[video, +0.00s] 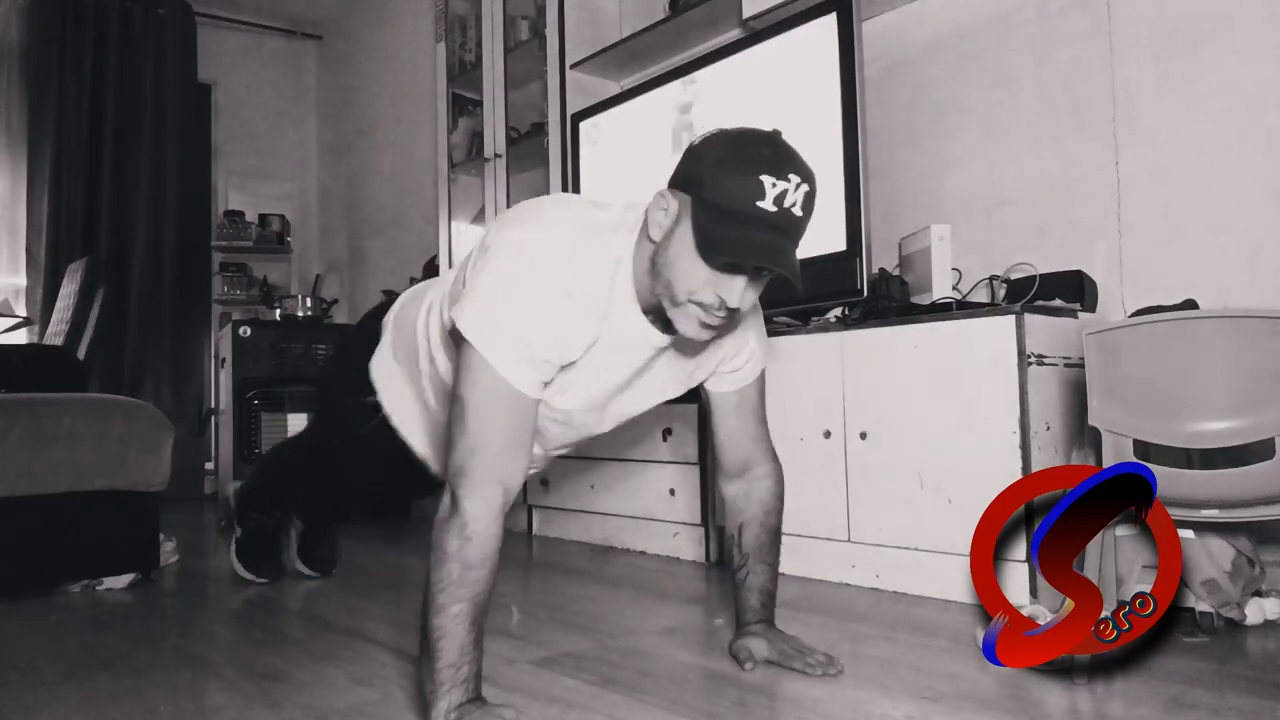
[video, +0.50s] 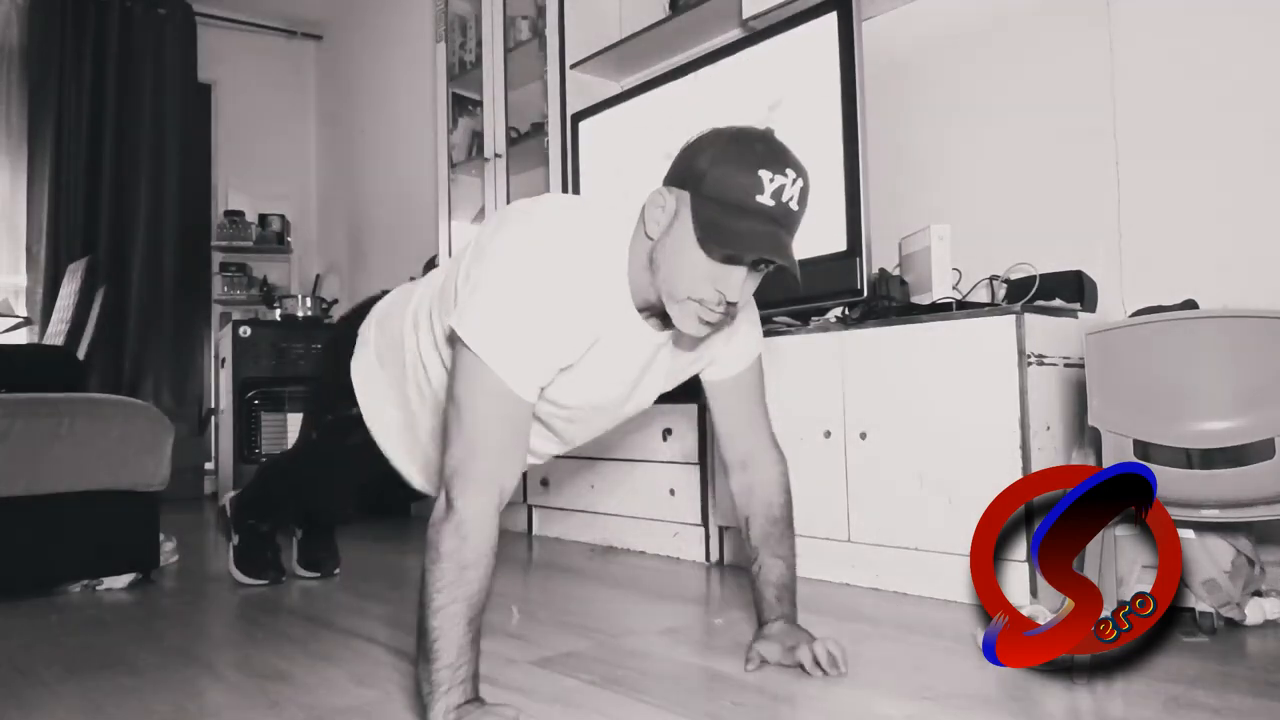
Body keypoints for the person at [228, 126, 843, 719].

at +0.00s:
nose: (733, 296)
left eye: (758, 275)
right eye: (721, 259)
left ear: (778, 267)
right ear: (666, 216)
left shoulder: (732, 320)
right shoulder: (539, 260)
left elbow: (748, 471)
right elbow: (476, 499)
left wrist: (757, 624)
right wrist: (453, 702)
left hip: (479, 445)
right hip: (395, 391)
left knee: (375, 496)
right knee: (314, 471)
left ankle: (315, 520)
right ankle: (254, 511)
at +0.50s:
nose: (735, 291)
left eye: (757, 269)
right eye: (724, 255)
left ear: (773, 260)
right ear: (662, 216)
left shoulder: (722, 312)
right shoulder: (536, 263)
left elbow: (756, 464)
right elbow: (470, 505)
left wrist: (780, 619)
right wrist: (451, 701)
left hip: (463, 438)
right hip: (383, 383)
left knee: (369, 493)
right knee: (315, 476)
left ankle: (315, 521)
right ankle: (250, 515)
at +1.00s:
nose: (722, 260)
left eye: (749, 236)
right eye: (708, 216)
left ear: (759, 245)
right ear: (649, 198)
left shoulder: (711, 315)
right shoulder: (525, 253)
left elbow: (749, 471)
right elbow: (464, 506)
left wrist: (782, 624)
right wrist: (451, 703)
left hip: (476, 464)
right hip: (386, 412)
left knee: (372, 498)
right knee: (319, 488)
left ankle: (313, 523)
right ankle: (257, 517)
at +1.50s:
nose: (739, 304)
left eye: (759, 283)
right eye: (731, 271)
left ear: (775, 270)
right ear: (674, 216)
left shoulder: (730, 317)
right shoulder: (543, 256)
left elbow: (758, 474)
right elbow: (473, 501)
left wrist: (766, 628)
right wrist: (450, 702)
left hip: (486, 463)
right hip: (400, 410)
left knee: (377, 499)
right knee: (322, 487)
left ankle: (317, 526)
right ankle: (254, 518)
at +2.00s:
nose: (741, 349)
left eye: (758, 334)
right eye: (736, 319)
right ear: (683, 252)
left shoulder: (725, 318)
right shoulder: (546, 261)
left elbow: (751, 471)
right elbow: (481, 498)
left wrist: (764, 629)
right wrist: (449, 705)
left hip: (496, 456)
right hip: (412, 404)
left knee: (375, 495)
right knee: (321, 479)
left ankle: (314, 521)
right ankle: (249, 519)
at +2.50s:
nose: (734, 351)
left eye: (752, 333)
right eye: (728, 319)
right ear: (669, 253)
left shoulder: (718, 316)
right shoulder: (536, 260)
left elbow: (746, 471)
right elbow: (473, 496)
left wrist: (765, 630)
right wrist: (450, 700)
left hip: (499, 461)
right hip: (404, 417)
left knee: (373, 505)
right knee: (319, 485)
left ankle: (313, 525)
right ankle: (250, 518)